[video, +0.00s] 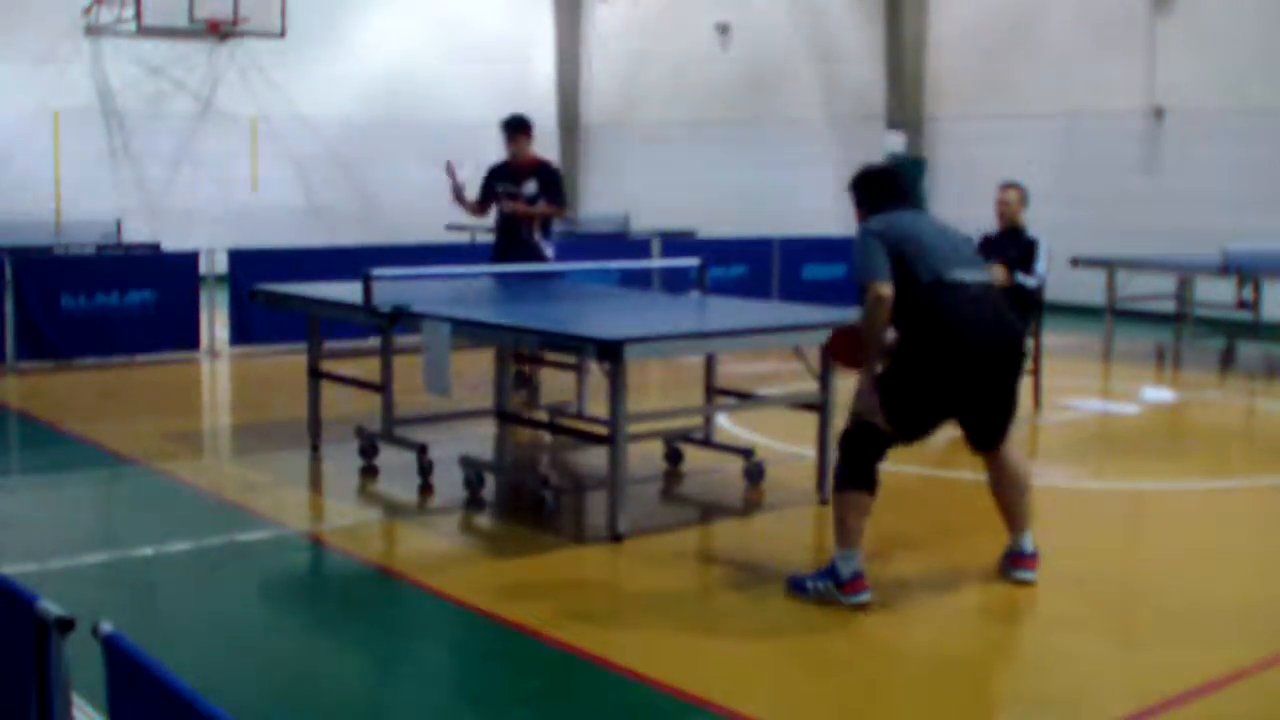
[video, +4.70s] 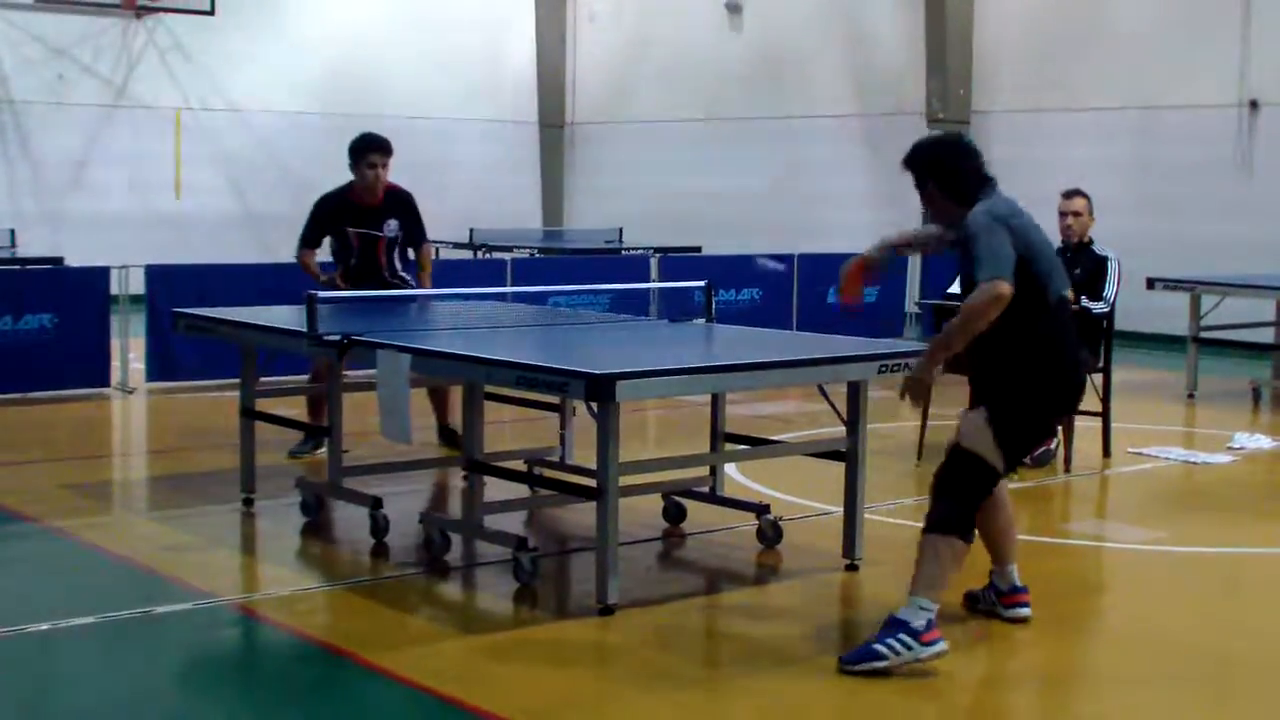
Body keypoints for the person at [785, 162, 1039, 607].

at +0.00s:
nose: (857, 215)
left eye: (857, 207)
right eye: (857, 207)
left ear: (866, 204)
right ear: (909, 196)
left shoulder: (875, 231)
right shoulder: (945, 231)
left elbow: (881, 294)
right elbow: (985, 283)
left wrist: (869, 360)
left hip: (937, 350)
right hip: (999, 348)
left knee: (861, 443)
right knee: (995, 441)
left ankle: (846, 568)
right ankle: (1024, 547)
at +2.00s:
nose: (848, 210)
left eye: (847, 201)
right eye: (846, 201)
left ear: (855, 200)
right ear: (899, 189)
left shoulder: (870, 224)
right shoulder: (932, 219)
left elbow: (885, 280)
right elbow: (933, 278)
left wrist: (878, 360)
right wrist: (853, 285)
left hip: (939, 342)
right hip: (999, 337)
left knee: (861, 434)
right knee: (993, 431)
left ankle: (845, 558)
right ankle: (1021, 537)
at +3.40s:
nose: (860, 192)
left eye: (861, 185)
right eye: (862, 185)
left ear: (869, 184)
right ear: (914, 180)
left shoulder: (875, 216)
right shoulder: (944, 213)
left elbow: (877, 280)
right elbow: (987, 267)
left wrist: (875, 361)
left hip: (935, 339)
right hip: (996, 338)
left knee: (861, 435)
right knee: (994, 431)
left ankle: (843, 556)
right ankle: (1020, 535)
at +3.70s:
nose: (868, 201)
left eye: (868, 193)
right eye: (868, 193)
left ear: (877, 191)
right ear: (920, 185)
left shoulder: (886, 223)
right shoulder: (955, 220)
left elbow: (889, 287)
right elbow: (996, 279)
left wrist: (883, 370)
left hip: (942, 351)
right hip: (1001, 349)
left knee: (871, 447)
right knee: (996, 442)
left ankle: (844, 567)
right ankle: (1021, 547)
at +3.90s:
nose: (908, 196)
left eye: (910, 185)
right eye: (908, 185)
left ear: (923, 185)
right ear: (969, 177)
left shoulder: (937, 222)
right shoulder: (1011, 213)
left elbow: (951, 299)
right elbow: (1016, 300)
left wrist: (941, 393)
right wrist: (921, 310)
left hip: (1010, 361)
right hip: (1076, 357)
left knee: (927, 478)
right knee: (1061, 481)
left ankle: (889, 623)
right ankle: (1088, 607)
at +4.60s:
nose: (907, 220)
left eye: (905, 209)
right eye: (903, 209)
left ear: (920, 201)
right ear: (952, 185)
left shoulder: (952, 227)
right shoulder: (1002, 217)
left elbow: (947, 302)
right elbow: (1033, 300)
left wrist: (900, 388)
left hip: (1002, 379)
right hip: (1045, 377)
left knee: (920, 489)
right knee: (981, 473)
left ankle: (900, 628)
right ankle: (1009, 587)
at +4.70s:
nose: (921, 204)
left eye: (923, 192)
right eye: (919, 194)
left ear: (945, 187)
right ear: (965, 180)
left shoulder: (986, 220)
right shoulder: (990, 213)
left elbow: (996, 291)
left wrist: (932, 361)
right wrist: (878, 253)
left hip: (1041, 372)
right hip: (1037, 368)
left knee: (957, 476)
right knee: (978, 469)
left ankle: (917, 621)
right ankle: (1008, 587)